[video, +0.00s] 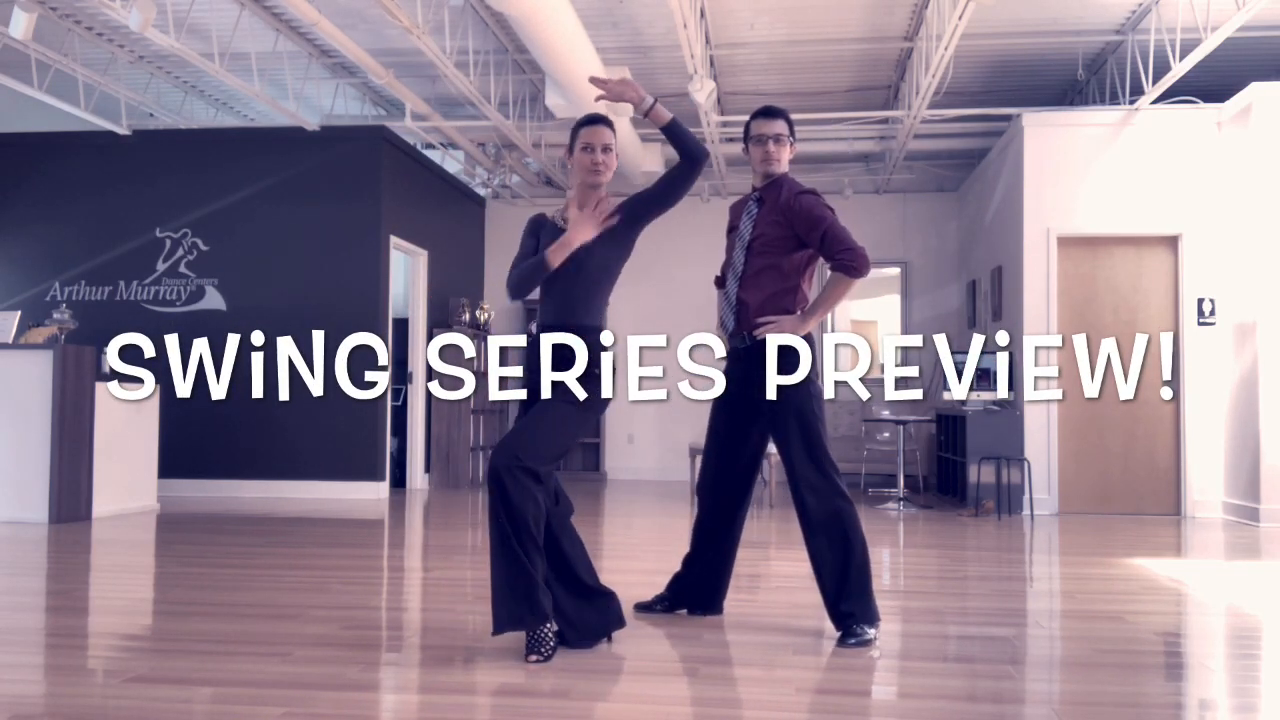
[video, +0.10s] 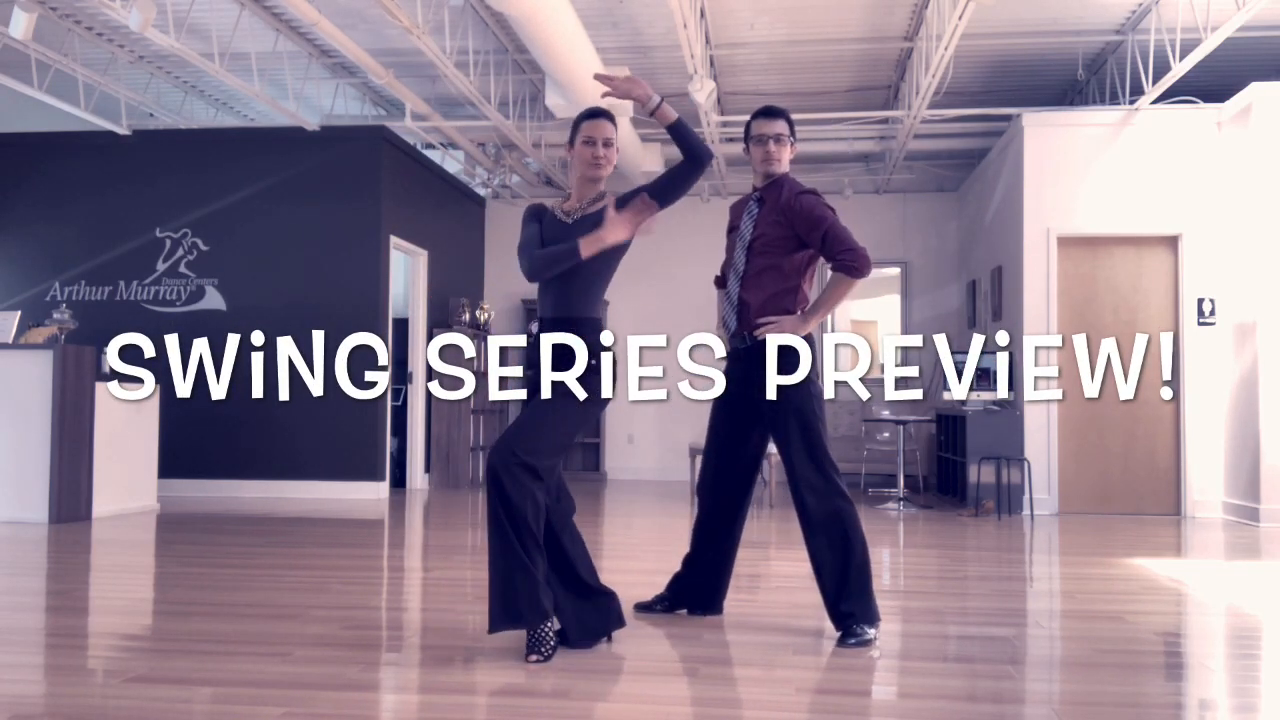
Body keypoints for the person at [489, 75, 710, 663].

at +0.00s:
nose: (597, 157)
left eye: (607, 149)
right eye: (588, 148)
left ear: (616, 160)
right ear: (568, 157)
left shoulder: (626, 215)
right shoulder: (545, 225)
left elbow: (694, 159)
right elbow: (516, 287)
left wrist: (644, 101)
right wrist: (566, 244)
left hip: (583, 368)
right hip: (538, 367)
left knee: (510, 464)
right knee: (539, 487)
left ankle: (537, 614)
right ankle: (588, 607)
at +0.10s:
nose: (598, 151)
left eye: (607, 144)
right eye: (589, 142)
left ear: (616, 156)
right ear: (569, 151)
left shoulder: (622, 209)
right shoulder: (543, 214)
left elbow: (697, 159)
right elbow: (531, 266)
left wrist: (650, 100)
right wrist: (601, 237)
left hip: (583, 361)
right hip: (539, 359)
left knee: (509, 461)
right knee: (542, 484)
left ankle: (538, 611)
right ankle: (588, 606)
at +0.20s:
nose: (597, 155)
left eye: (607, 148)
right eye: (588, 145)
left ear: (616, 159)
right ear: (569, 153)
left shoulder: (622, 212)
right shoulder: (540, 218)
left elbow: (702, 176)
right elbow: (526, 289)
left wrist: (665, 112)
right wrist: (594, 288)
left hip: (586, 364)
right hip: (543, 364)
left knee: (506, 462)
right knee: (538, 485)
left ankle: (538, 614)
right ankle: (588, 607)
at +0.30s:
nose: (598, 158)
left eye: (607, 151)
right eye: (589, 149)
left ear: (615, 162)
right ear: (569, 157)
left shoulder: (622, 216)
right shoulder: (539, 227)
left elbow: (671, 226)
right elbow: (519, 303)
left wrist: (666, 177)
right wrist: (527, 325)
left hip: (595, 369)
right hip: (547, 368)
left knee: (512, 466)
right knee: (533, 490)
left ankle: (535, 615)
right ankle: (587, 609)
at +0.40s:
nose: (600, 154)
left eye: (609, 145)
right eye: (590, 145)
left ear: (620, 153)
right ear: (572, 152)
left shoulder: (630, 212)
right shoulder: (546, 218)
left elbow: (613, 279)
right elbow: (516, 279)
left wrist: (595, 218)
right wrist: (488, 313)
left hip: (600, 361)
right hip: (547, 359)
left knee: (532, 459)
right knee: (533, 476)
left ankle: (540, 614)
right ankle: (588, 606)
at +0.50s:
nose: (603, 144)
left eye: (611, 136)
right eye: (592, 135)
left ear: (622, 145)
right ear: (573, 143)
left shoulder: (627, 203)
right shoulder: (554, 205)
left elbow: (604, 282)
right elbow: (505, 243)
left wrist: (546, 235)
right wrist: (473, 259)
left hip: (604, 357)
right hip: (553, 354)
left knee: (551, 456)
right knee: (545, 468)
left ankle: (546, 616)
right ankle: (590, 606)